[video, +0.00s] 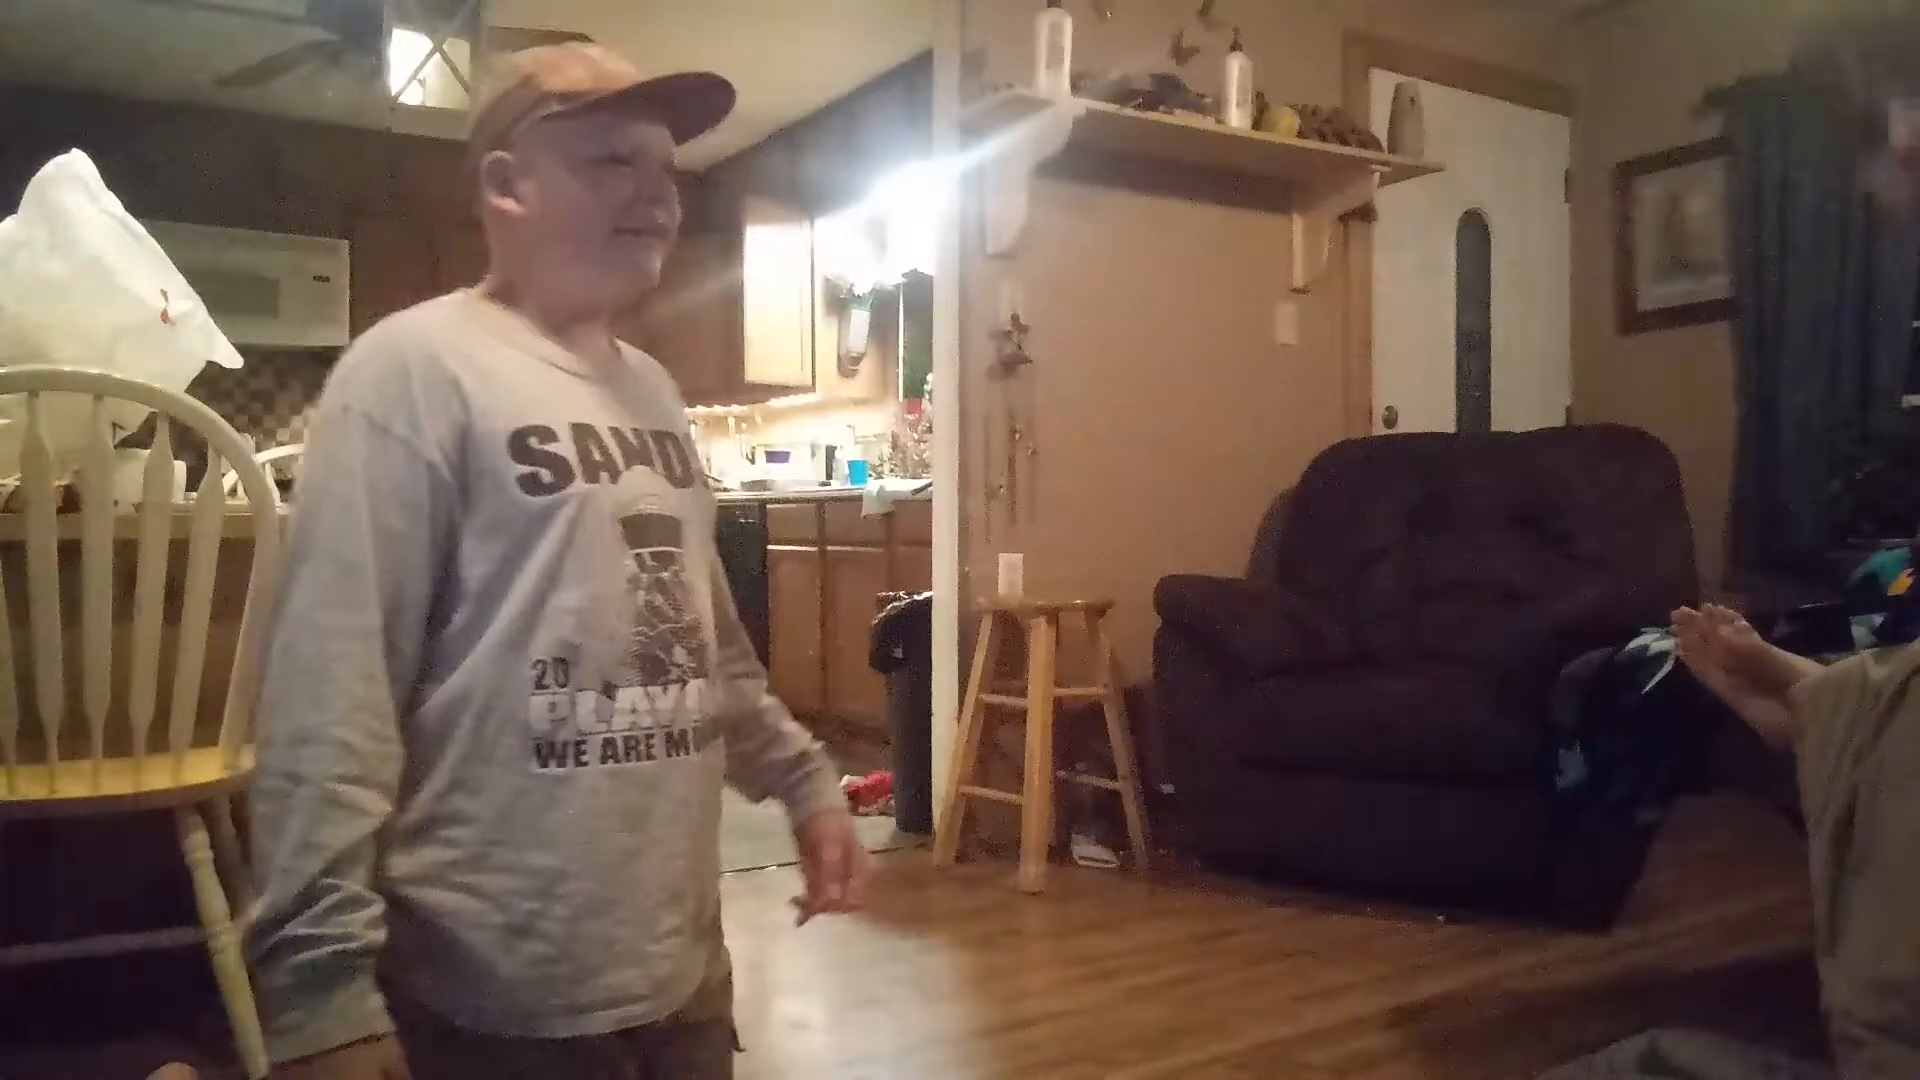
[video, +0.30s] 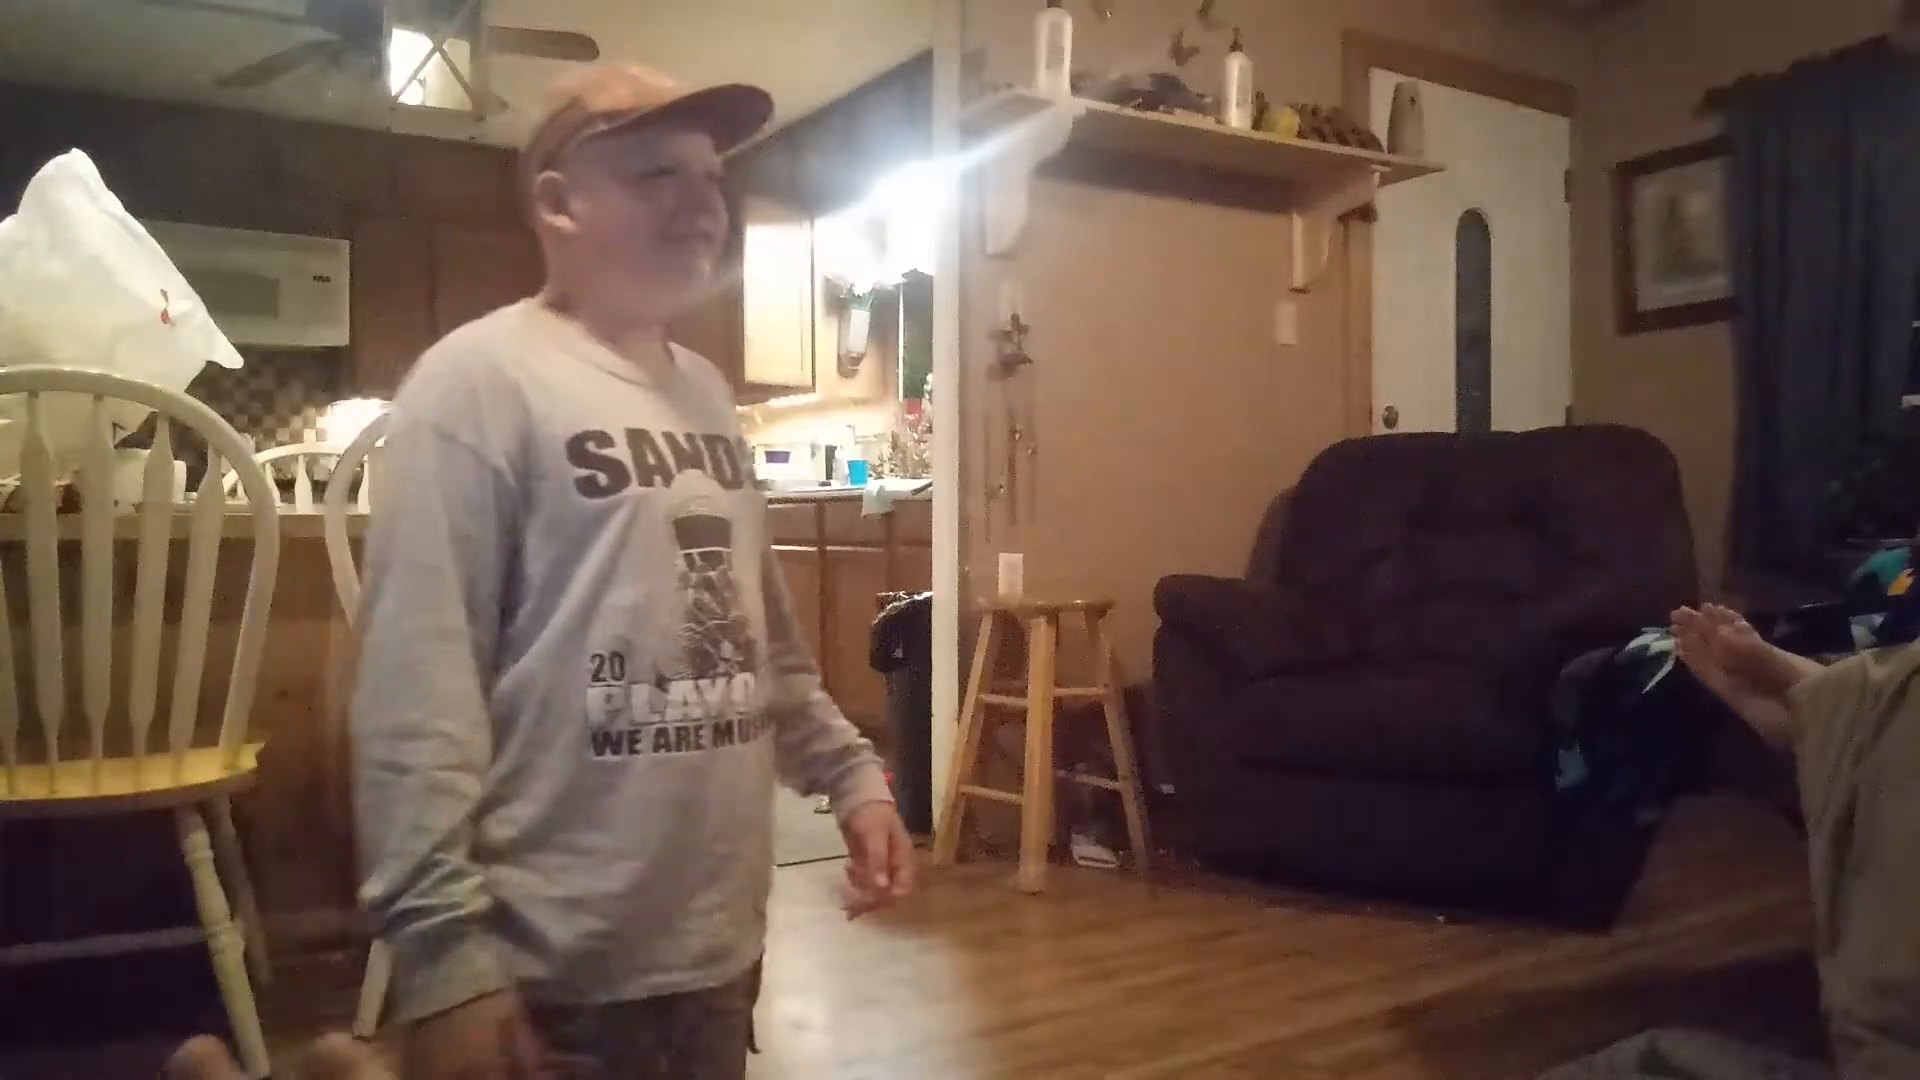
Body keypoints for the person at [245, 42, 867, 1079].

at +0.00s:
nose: (660, 198)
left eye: (669, 171)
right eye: (612, 162)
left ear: (681, 194)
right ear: (505, 186)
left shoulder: (649, 386)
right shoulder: (411, 367)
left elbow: (704, 639)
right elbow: (326, 689)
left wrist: (809, 786)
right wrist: (323, 1009)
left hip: (679, 977)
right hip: (489, 1002)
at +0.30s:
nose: (706, 203)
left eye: (714, 176)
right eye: (658, 172)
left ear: (728, 200)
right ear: (556, 203)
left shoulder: (706, 391)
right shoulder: (474, 382)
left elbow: (765, 644)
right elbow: (414, 686)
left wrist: (854, 780)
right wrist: (443, 963)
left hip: (714, 962)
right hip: (544, 983)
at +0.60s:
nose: (716, 200)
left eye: (723, 175)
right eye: (669, 171)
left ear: (735, 196)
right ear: (568, 202)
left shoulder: (720, 389)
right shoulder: (482, 380)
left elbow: (775, 630)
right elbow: (420, 681)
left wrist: (851, 797)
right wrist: (488, 952)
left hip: (723, 945)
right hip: (555, 972)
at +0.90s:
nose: (693, 187)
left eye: (692, 163)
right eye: (646, 158)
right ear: (541, 189)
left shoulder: (689, 387)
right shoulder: (454, 371)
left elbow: (718, 648)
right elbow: (387, 675)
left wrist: (811, 802)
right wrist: (580, 903)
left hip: (698, 956)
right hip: (511, 979)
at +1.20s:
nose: (713, 213)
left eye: (718, 191)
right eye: (672, 185)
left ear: (729, 216)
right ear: (569, 215)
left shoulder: (710, 402)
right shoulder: (475, 377)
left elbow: (775, 624)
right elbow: (397, 630)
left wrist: (897, 696)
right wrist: (636, 673)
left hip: (693, 925)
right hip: (514, 945)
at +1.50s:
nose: (706, 223)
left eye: (711, 203)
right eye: (661, 200)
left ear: (723, 230)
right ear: (565, 230)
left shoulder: (726, 410)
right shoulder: (466, 386)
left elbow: (817, 582)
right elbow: (387, 635)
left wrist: (946, 572)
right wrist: (591, 551)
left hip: (682, 935)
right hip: (483, 948)